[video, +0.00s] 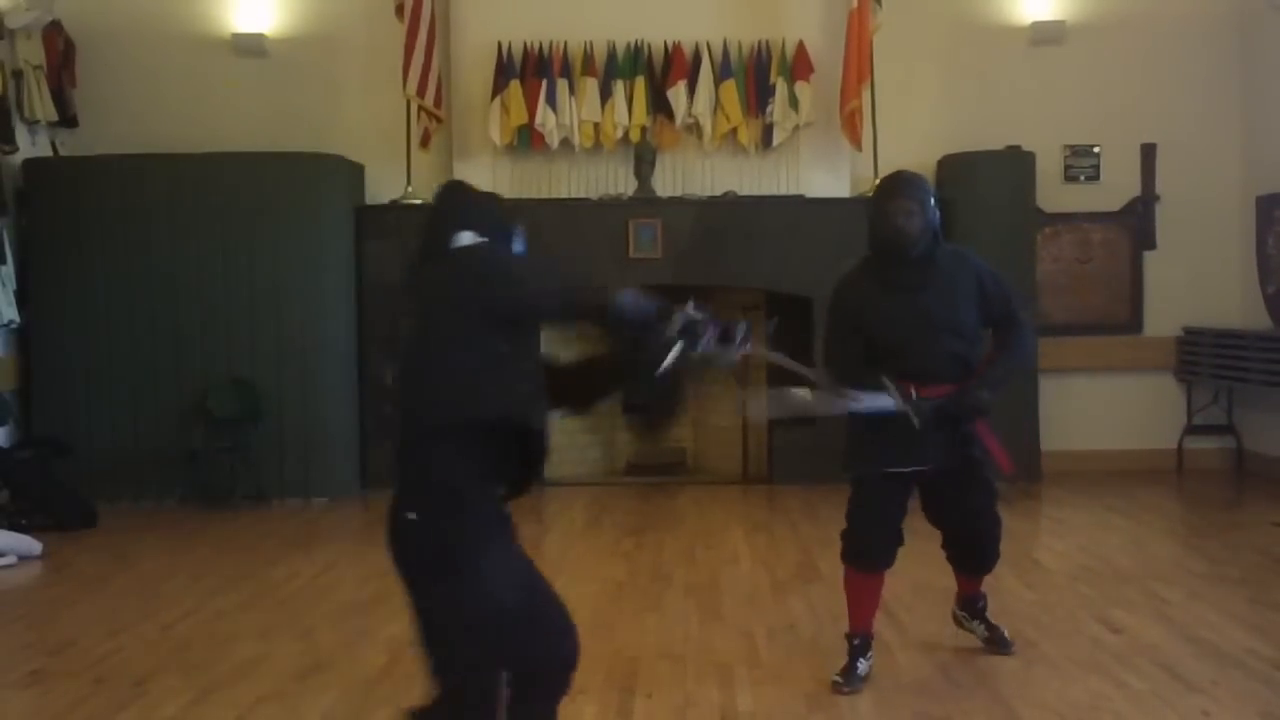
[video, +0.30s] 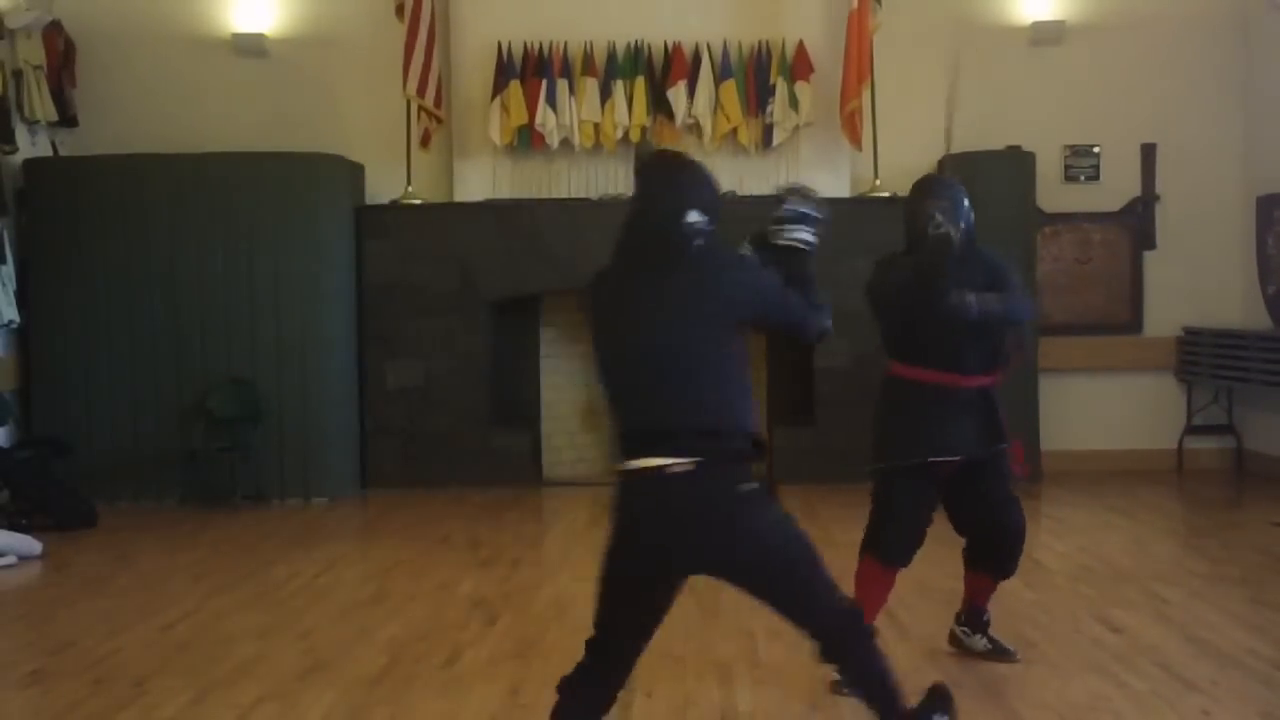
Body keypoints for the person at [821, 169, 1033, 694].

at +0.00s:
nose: (900, 224)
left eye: (911, 214)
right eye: (891, 214)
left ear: (934, 217)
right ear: (874, 219)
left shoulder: (965, 274)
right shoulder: (857, 288)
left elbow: (1016, 333)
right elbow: (841, 365)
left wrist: (985, 387)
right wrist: (880, 389)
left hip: (952, 425)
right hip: (882, 429)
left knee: (976, 527)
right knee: (868, 535)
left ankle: (970, 610)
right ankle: (859, 647)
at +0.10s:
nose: (905, 222)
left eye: (916, 212)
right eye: (896, 212)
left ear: (938, 217)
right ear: (879, 219)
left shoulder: (966, 272)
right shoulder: (863, 282)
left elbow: (1015, 337)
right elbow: (852, 362)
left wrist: (976, 373)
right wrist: (915, 373)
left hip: (952, 425)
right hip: (885, 427)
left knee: (983, 526)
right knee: (872, 536)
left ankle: (972, 603)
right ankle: (860, 646)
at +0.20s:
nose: (917, 222)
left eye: (927, 212)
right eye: (908, 212)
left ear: (948, 217)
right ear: (892, 219)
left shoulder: (973, 273)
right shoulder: (878, 276)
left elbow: (1011, 333)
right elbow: (876, 340)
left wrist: (963, 339)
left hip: (956, 424)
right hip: (891, 425)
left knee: (997, 526)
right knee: (878, 535)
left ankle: (980, 615)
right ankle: (859, 648)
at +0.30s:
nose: (942, 227)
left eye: (952, 216)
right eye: (930, 216)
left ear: (969, 219)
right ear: (913, 220)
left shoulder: (986, 268)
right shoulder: (894, 271)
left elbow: (1019, 312)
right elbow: (895, 307)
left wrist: (968, 303)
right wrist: (932, 259)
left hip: (973, 423)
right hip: (911, 423)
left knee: (999, 528)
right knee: (892, 533)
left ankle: (971, 624)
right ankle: (851, 645)